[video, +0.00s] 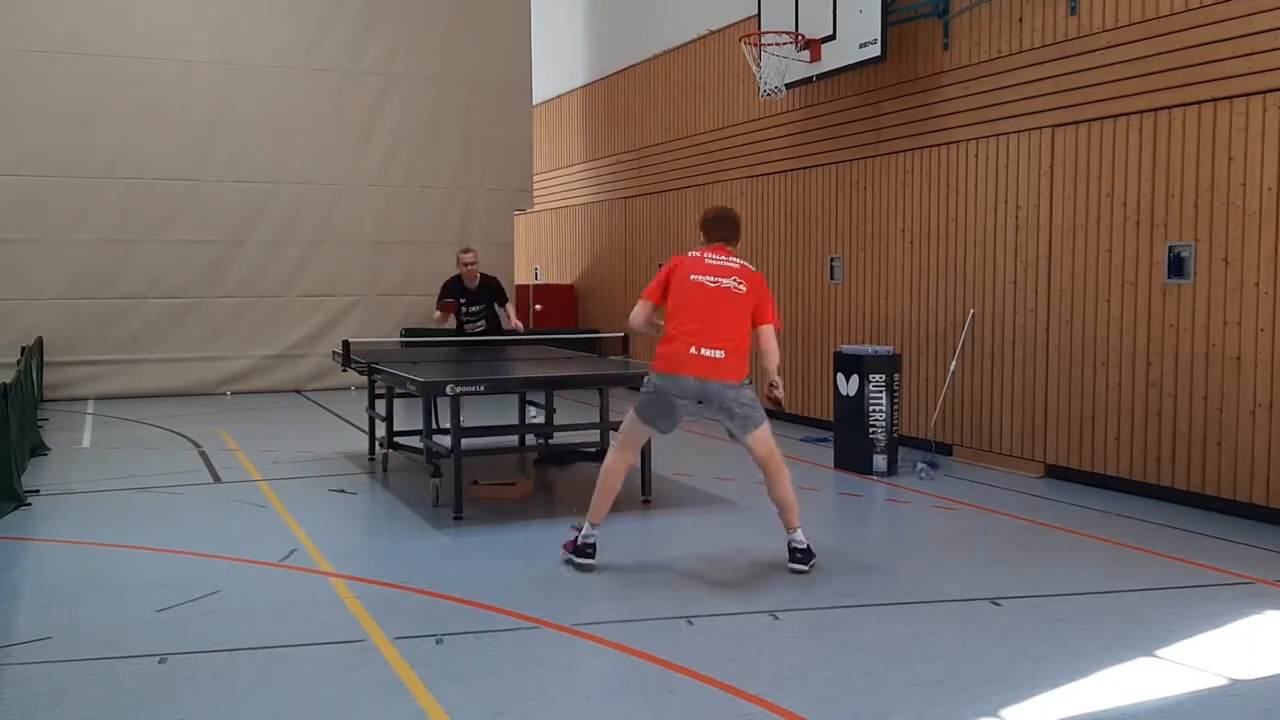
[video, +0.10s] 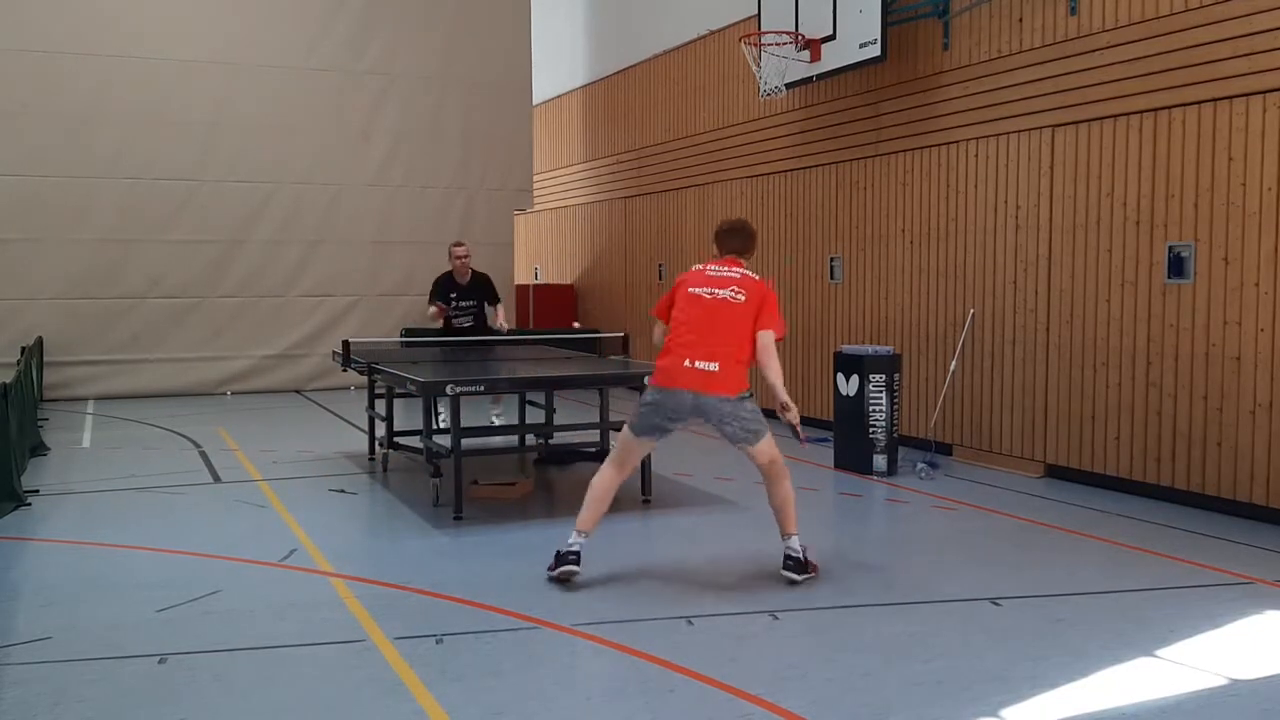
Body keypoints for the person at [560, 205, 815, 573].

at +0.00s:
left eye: (701, 236)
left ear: (701, 236)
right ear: (738, 239)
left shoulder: (678, 264)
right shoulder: (753, 277)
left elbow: (637, 320)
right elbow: (768, 348)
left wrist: (662, 327)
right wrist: (773, 377)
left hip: (671, 375)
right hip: (728, 380)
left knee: (624, 449)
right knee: (770, 460)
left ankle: (586, 537)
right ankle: (798, 543)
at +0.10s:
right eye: (751, 251)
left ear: (717, 249)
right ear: (753, 251)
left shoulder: (688, 277)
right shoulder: (761, 288)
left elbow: (659, 333)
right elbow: (765, 346)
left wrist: (682, 368)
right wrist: (781, 394)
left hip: (669, 385)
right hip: (725, 391)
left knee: (617, 464)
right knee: (772, 465)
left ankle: (572, 549)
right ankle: (794, 552)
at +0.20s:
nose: (764, 284)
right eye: (765, 278)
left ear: (728, 272)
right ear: (762, 279)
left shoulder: (699, 296)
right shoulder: (760, 307)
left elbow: (697, 356)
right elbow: (752, 367)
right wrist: (781, 425)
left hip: (663, 406)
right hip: (720, 412)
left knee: (608, 485)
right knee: (782, 466)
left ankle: (562, 558)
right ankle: (797, 555)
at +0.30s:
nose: (775, 301)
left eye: (774, 296)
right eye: (778, 296)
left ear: (740, 285)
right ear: (773, 293)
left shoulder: (707, 307)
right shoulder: (759, 321)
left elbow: (696, 367)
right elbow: (739, 376)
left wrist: (753, 385)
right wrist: (770, 440)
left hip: (656, 412)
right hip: (710, 420)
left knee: (600, 489)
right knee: (785, 459)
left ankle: (552, 552)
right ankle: (798, 557)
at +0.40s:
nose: (784, 310)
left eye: (784, 305)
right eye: (787, 304)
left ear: (750, 292)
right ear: (785, 301)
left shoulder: (715, 308)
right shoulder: (762, 325)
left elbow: (694, 369)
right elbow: (731, 379)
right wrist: (757, 441)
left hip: (649, 408)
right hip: (700, 416)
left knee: (599, 488)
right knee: (782, 457)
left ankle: (547, 551)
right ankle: (797, 559)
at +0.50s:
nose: (792, 323)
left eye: (793, 316)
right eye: (794, 317)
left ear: (759, 299)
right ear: (791, 313)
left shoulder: (721, 313)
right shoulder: (766, 331)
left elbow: (690, 368)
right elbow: (732, 386)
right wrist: (759, 443)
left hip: (648, 410)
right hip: (698, 415)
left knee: (599, 489)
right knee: (783, 459)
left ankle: (543, 552)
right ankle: (796, 559)